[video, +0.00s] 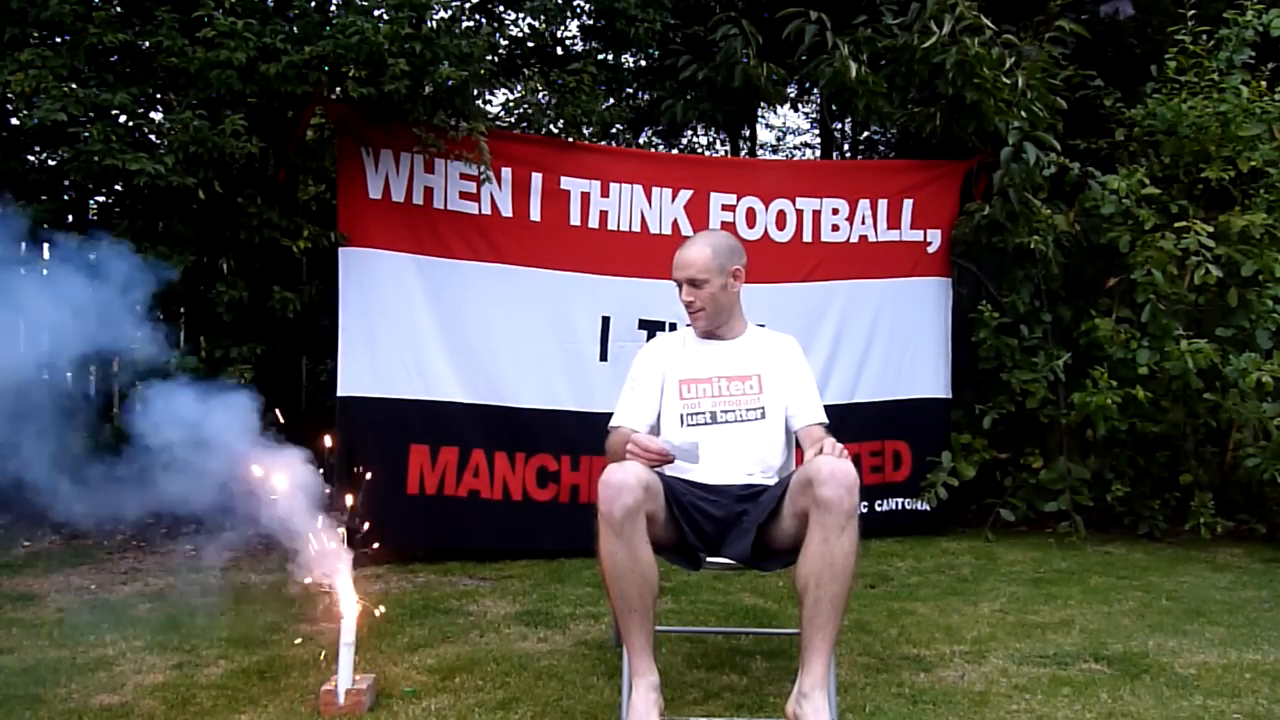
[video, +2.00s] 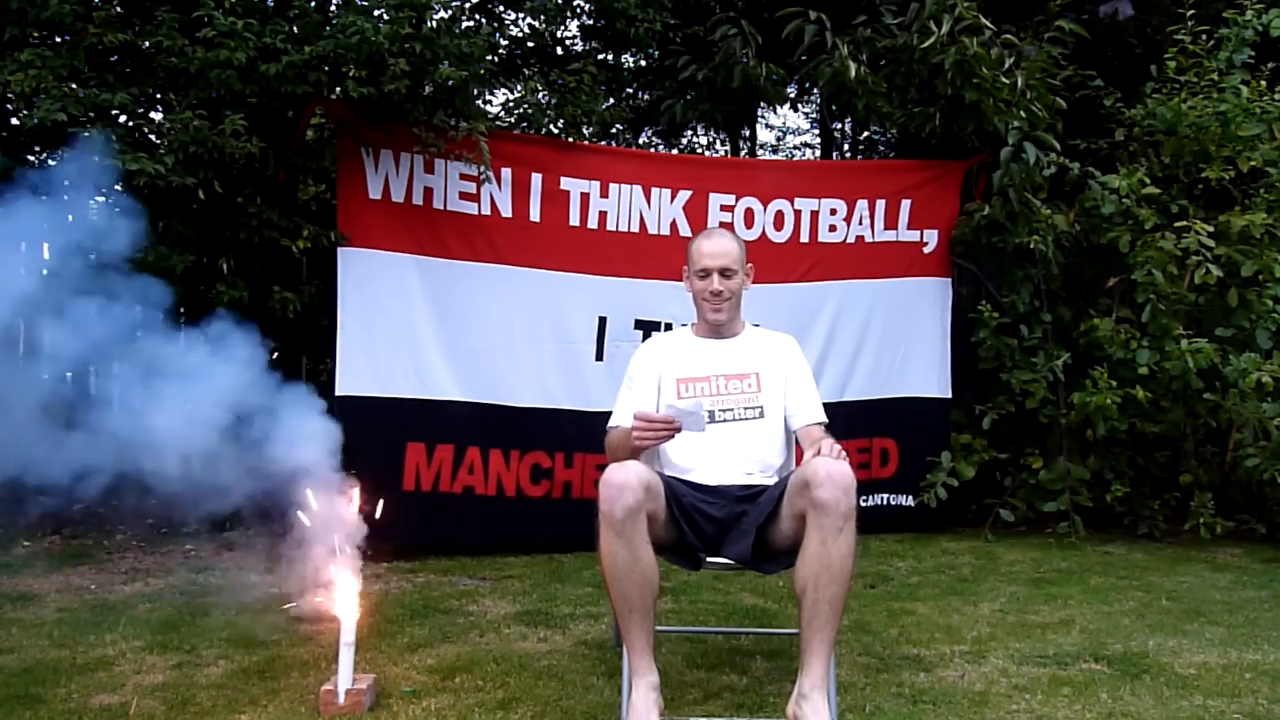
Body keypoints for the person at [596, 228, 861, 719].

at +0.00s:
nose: (686, 298)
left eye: (697, 284)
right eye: (679, 286)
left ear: (736, 279)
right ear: (675, 285)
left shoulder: (782, 350)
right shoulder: (659, 353)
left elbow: (812, 439)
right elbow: (615, 442)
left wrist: (824, 449)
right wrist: (634, 445)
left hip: (768, 504)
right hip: (680, 503)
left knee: (837, 477)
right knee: (617, 484)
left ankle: (812, 689)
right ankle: (642, 682)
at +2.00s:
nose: (716, 286)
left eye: (727, 274)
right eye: (703, 274)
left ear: (746, 278)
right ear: (687, 281)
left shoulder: (781, 349)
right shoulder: (656, 352)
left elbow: (811, 437)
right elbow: (614, 449)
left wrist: (823, 449)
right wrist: (635, 437)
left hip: (767, 504)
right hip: (678, 503)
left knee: (834, 478)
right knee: (617, 483)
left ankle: (812, 690)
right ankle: (642, 681)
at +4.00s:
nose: (720, 282)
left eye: (731, 270)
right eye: (707, 271)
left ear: (749, 277)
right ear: (690, 278)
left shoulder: (784, 350)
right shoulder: (658, 352)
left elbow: (814, 434)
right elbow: (623, 436)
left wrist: (824, 448)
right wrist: (620, 443)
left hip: (768, 504)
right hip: (680, 503)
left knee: (836, 484)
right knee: (619, 490)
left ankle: (807, 694)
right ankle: (645, 686)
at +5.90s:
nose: (721, 281)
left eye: (732, 269)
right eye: (709, 269)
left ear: (749, 278)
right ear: (690, 278)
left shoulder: (782, 351)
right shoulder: (657, 353)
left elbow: (814, 434)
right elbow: (621, 437)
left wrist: (825, 448)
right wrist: (622, 445)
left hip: (767, 503)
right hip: (680, 501)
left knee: (838, 494)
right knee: (617, 493)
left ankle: (804, 698)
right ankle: (645, 687)